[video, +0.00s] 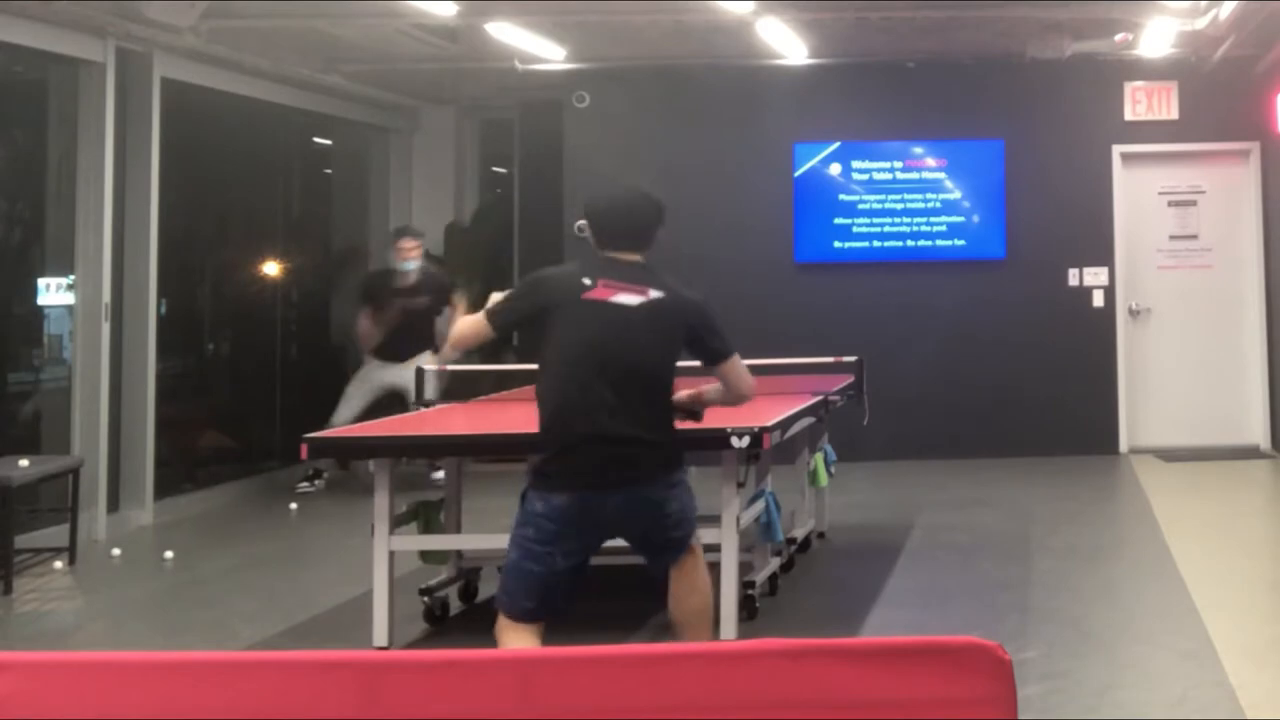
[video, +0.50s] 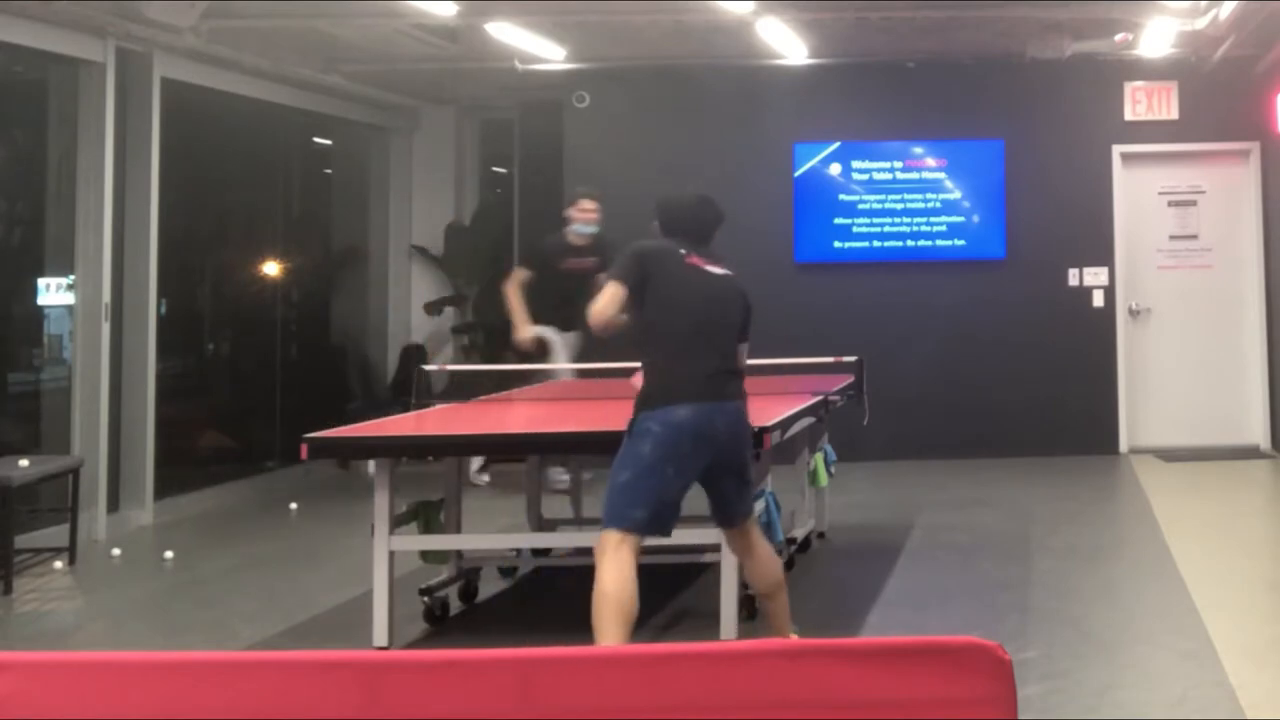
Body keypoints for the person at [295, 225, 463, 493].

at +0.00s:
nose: (408, 256)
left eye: (413, 250)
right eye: (402, 250)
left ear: (422, 251)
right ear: (393, 253)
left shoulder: (436, 283)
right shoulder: (378, 282)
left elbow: (458, 307)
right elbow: (364, 321)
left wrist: (448, 346)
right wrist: (371, 349)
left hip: (420, 362)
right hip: (379, 363)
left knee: (429, 418)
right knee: (341, 418)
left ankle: (437, 467)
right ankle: (318, 472)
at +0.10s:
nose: (450, 237)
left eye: (456, 231)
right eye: (445, 231)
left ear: (464, 233)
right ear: (434, 232)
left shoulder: (471, 262)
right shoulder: (417, 260)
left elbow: (480, 293)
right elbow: (391, 299)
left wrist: (475, 320)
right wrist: (410, 320)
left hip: (448, 350)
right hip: (405, 352)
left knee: (465, 411)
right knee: (362, 411)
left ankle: (470, 466)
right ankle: (323, 469)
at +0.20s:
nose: (491, 231)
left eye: (497, 224)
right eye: (485, 224)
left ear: (503, 227)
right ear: (473, 226)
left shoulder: (501, 262)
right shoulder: (453, 259)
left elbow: (502, 300)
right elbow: (422, 295)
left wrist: (504, 329)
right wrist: (430, 334)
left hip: (477, 341)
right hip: (440, 341)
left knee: (486, 403)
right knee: (409, 401)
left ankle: (469, 466)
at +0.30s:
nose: (528, 228)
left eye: (533, 223)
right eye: (522, 222)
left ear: (540, 227)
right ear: (509, 225)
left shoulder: (533, 265)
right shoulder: (488, 258)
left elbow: (530, 313)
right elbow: (450, 294)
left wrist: (549, 336)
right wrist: (447, 343)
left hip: (504, 340)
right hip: (469, 340)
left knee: (502, 403)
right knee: (464, 401)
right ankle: (462, 464)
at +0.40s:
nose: (558, 223)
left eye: (563, 217)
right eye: (552, 217)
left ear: (570, 222)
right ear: (539, 221)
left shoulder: (565, 257)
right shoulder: (518, 253)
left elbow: (564, 306)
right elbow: (476, 286)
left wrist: (577, 305)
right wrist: (479, 333)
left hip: (535, 336)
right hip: (504, 333)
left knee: (520, 399)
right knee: (519, 395)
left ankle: (488, 461)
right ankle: (482, 462)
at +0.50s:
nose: (587, 217)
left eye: (593, 212)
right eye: (581, 211)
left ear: (600, 218)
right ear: (568, 214)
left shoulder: (601, 250)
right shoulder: (549, 247)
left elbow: (604, 286)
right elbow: (513, 284)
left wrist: (608, 315)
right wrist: (522, 325)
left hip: (577, 330)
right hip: (546, 329)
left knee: (556, 396)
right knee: (565, 389)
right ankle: (557, 462)